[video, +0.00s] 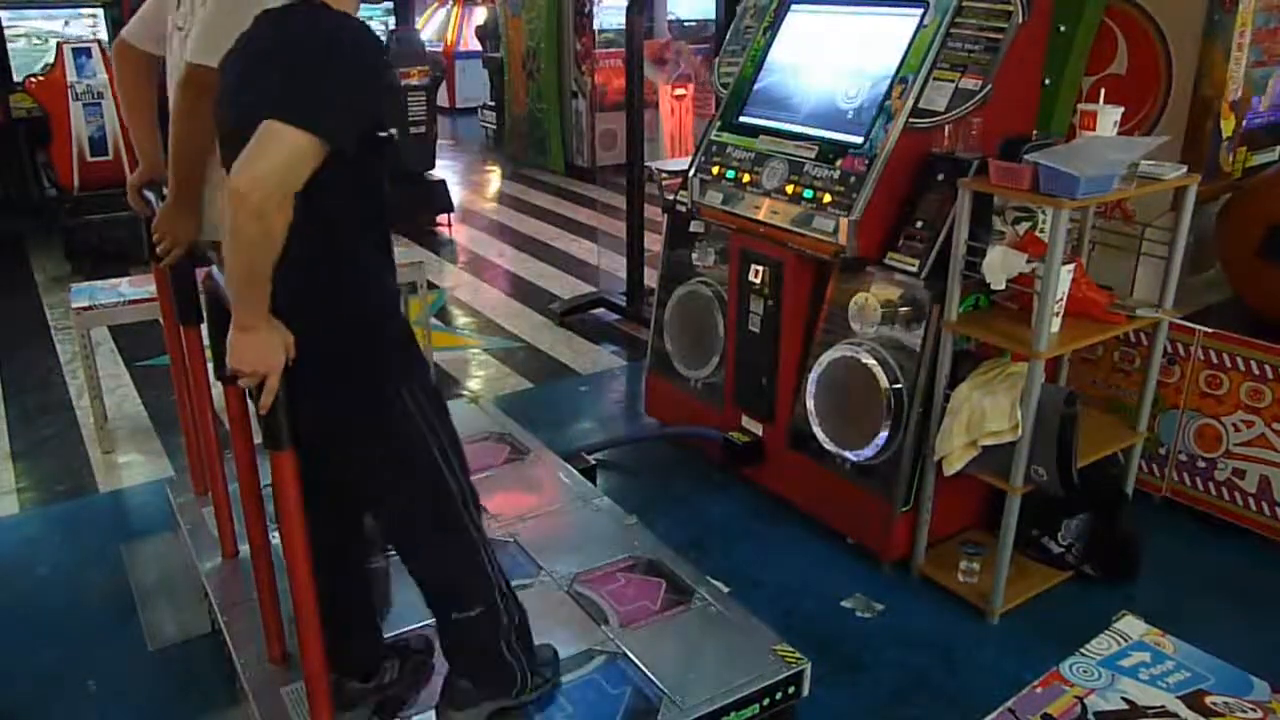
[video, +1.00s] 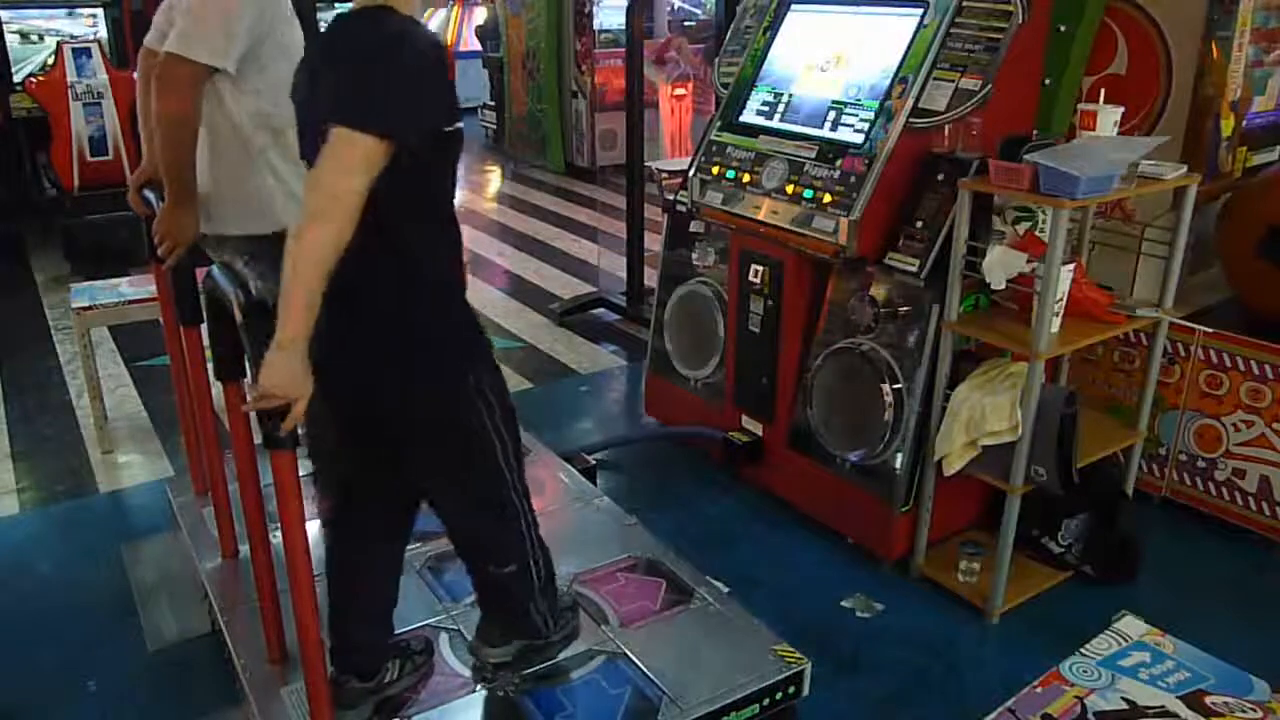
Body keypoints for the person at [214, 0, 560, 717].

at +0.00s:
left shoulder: (257, 44)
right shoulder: (343, 46)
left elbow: (260, 182)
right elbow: (252, 189)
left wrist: (385, 202)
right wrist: (251, 317)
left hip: (292, 329)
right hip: (355, 334)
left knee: (329, 509)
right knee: (435, 504)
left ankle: (355, 667)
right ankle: (497, 669)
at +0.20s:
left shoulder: (238, 51)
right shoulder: (349, 42)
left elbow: (225, 198)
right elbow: (272, 186)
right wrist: (253, 319)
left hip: (290, 333)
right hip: (360, 334)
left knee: (330, 507)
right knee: (458, 485)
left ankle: (354, 670)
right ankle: (507, 661)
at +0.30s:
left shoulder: (249, 47)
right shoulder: (340, 38)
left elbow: (235, 184)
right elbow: (260, 180)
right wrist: (252, 319)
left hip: (292, 328)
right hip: (361, 325)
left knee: (331, 506)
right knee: (470, 477)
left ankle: (352, 667)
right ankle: (497, 642)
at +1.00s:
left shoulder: (324, 51)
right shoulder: (400, 48)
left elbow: (335, 208)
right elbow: (325, 208)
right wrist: (289, 343)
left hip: (347, 333)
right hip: (421, 334)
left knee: (365, 508)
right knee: (487, 484)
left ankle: (361, 662)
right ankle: (524, 625)